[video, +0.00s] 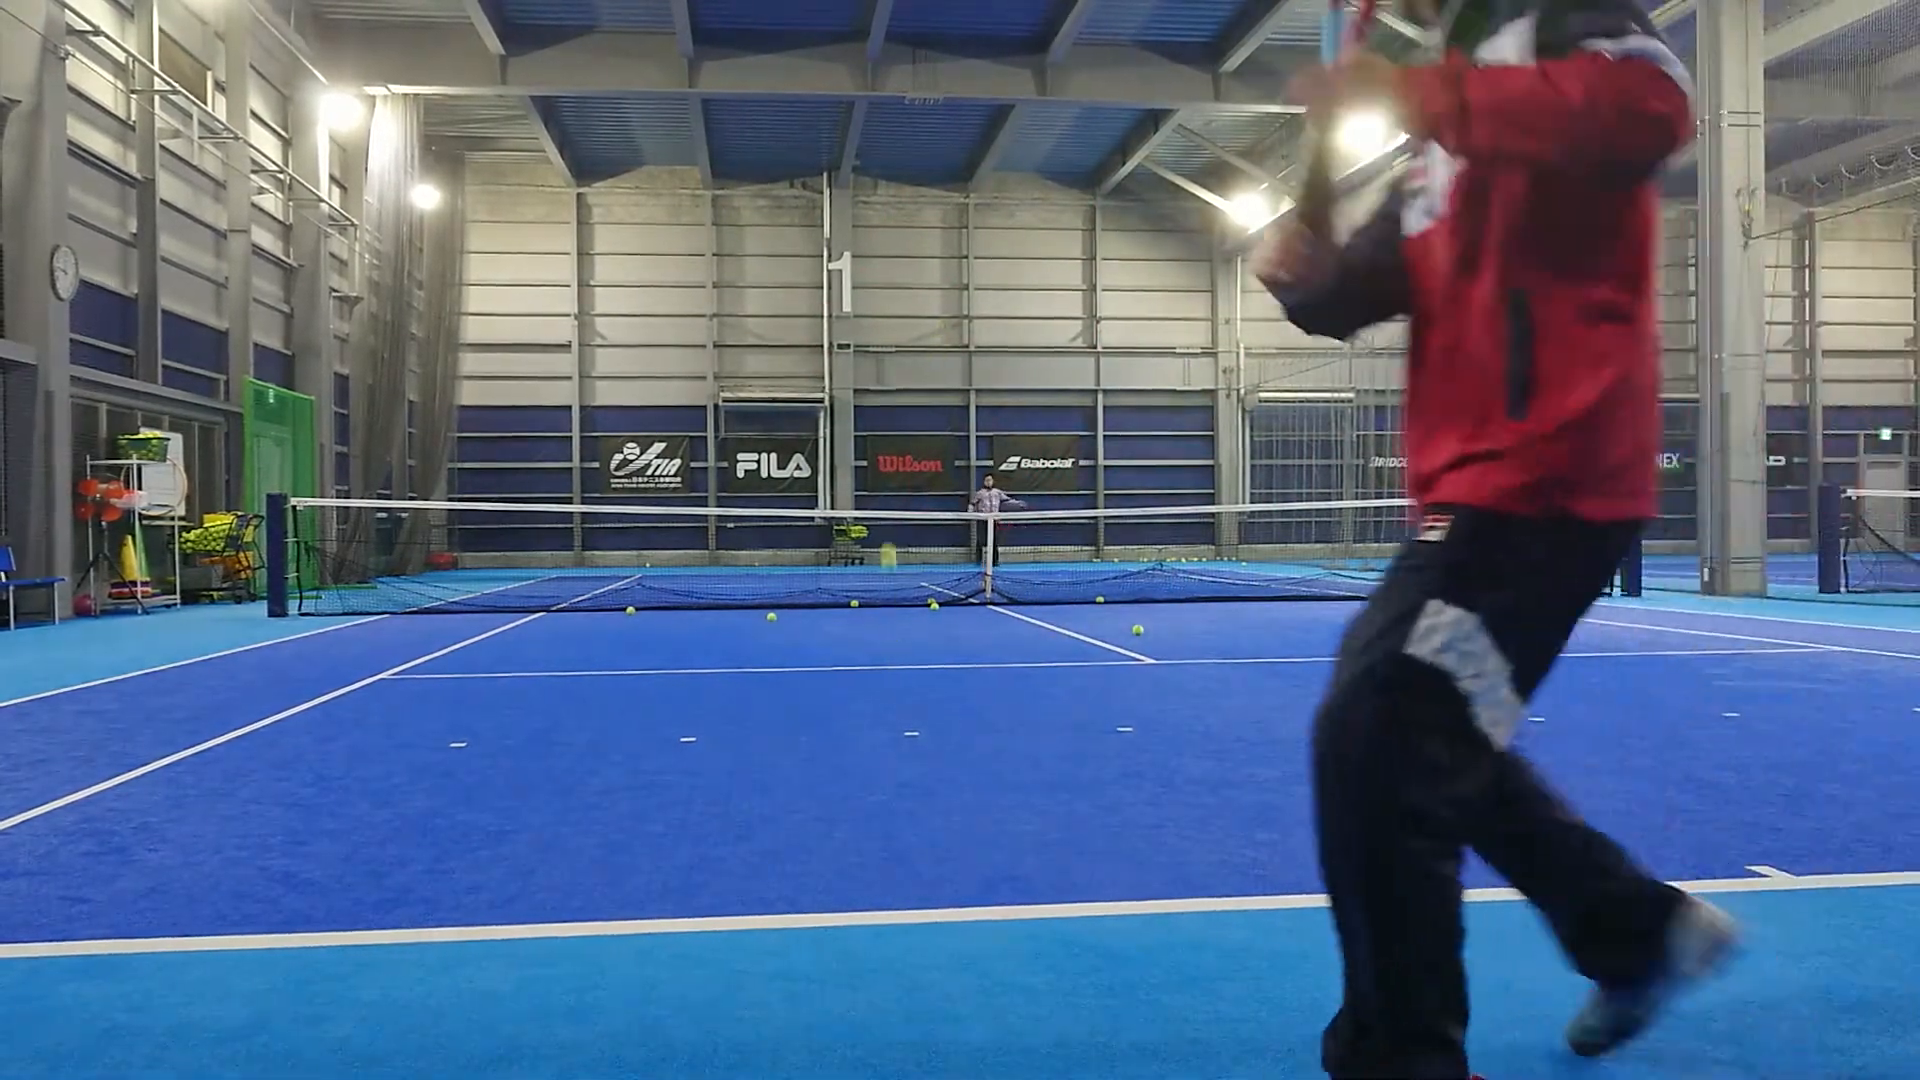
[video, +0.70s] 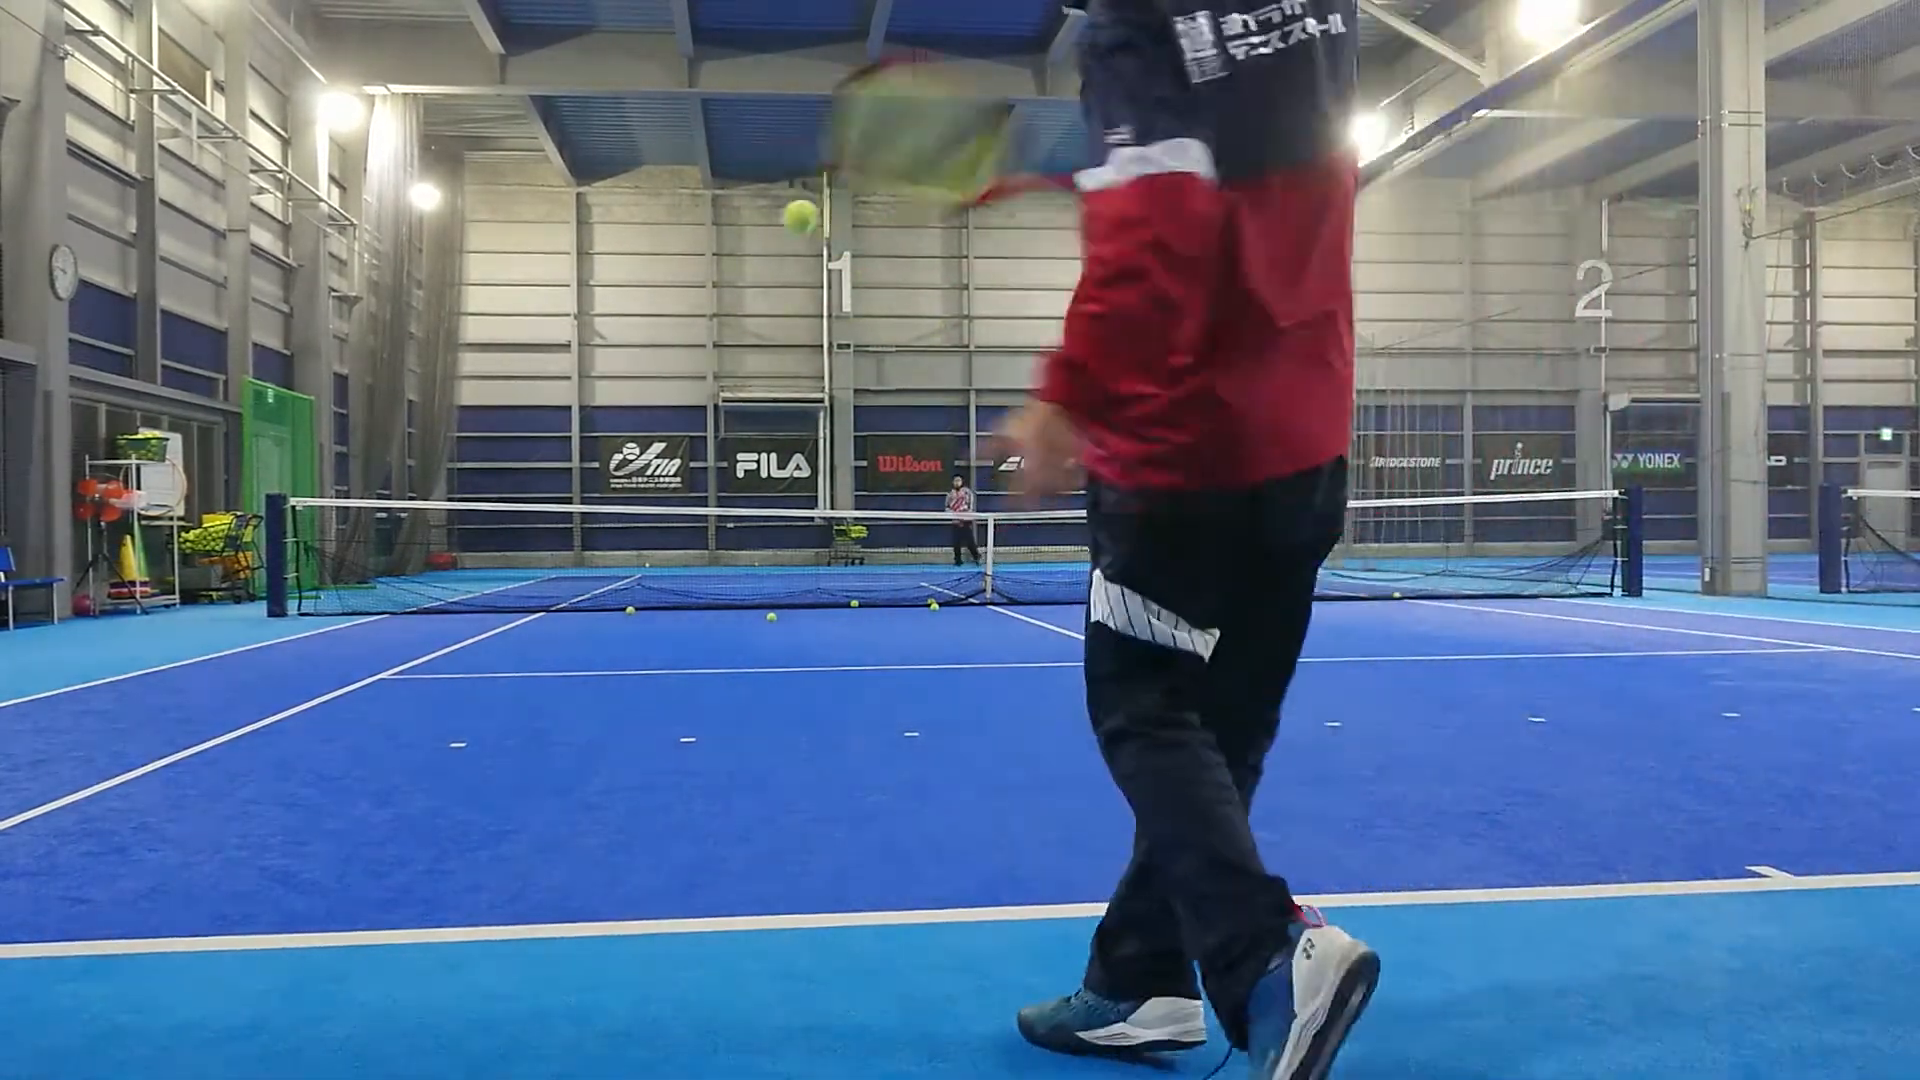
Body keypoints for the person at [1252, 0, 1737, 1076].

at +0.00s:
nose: (1388, 49)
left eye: (1395, 29)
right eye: (1383, 41)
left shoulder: (1580, 41)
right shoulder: (1459, 160)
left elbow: (1650, 109)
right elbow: (1380, 285)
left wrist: (1418, 89)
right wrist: (1315, 276)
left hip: (1557, 484)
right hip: (1475, 486)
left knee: (1381, 732)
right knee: (1396, 737)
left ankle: (1402, 1057)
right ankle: (1639, 936)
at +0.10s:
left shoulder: (1516, 26)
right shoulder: (1370, 120)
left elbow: (1599, 76)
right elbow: (1291, 269)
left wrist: (1354, 44)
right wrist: (1245, 237)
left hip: (1494, 476)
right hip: (1391, 478)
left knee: (1334, 752)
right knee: (1284, 698)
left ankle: (1392, 1057)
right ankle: (1481, 928)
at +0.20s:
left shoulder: (1450, 24)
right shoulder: (1303, 98)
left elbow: (1556, 63)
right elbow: (1234, 247)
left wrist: (1313, 25)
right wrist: (1182, 210)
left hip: (1430, 469)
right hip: (1320, 472)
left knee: (1310, 757)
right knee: (1212, 706)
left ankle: (1392, 1056)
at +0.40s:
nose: (1176, 10)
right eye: (1177, 10)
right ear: (1199, 11)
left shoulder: (1358, 29)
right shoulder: (1197, 94)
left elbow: (1493, 126)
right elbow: (1119, 240)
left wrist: (1310, 112)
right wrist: (1090, 195)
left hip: (1331, 479)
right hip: (1231, 486)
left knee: (1227, 758)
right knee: (1133, 723)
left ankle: (1382, 1057)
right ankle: (1141, 999)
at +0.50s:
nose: (1122, 9)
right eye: (1120, 6)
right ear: (1149, 7)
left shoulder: (1305, 31)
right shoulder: (1153, 95)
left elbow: (1436, 165)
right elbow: (1059, 240)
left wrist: (1315, 279)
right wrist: (1054, 238)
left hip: (1285, 481)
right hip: (1196, 482)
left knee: (1160, 749)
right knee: (1108, 725)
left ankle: (1359, 1041)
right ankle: (1139, 998)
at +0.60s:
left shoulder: (1215, 21)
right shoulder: (1192, 51)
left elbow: (1338, 201)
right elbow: (1116, 167)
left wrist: (1276, 404)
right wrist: (999, 257)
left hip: (1212, 470)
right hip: (1224, 472)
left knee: (1125, 723)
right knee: (1158, 729)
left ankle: (1276, 979)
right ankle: (1139, 993)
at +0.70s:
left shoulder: (1131, 27)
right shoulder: (1309, 14)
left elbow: (1156, 225)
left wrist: (1070, 397)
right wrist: (1033, 152)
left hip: (1188, 443)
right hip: (1306, 434)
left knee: (1140, 707)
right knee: (1226, 725)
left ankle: (1271, 958)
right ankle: (1145, 981)